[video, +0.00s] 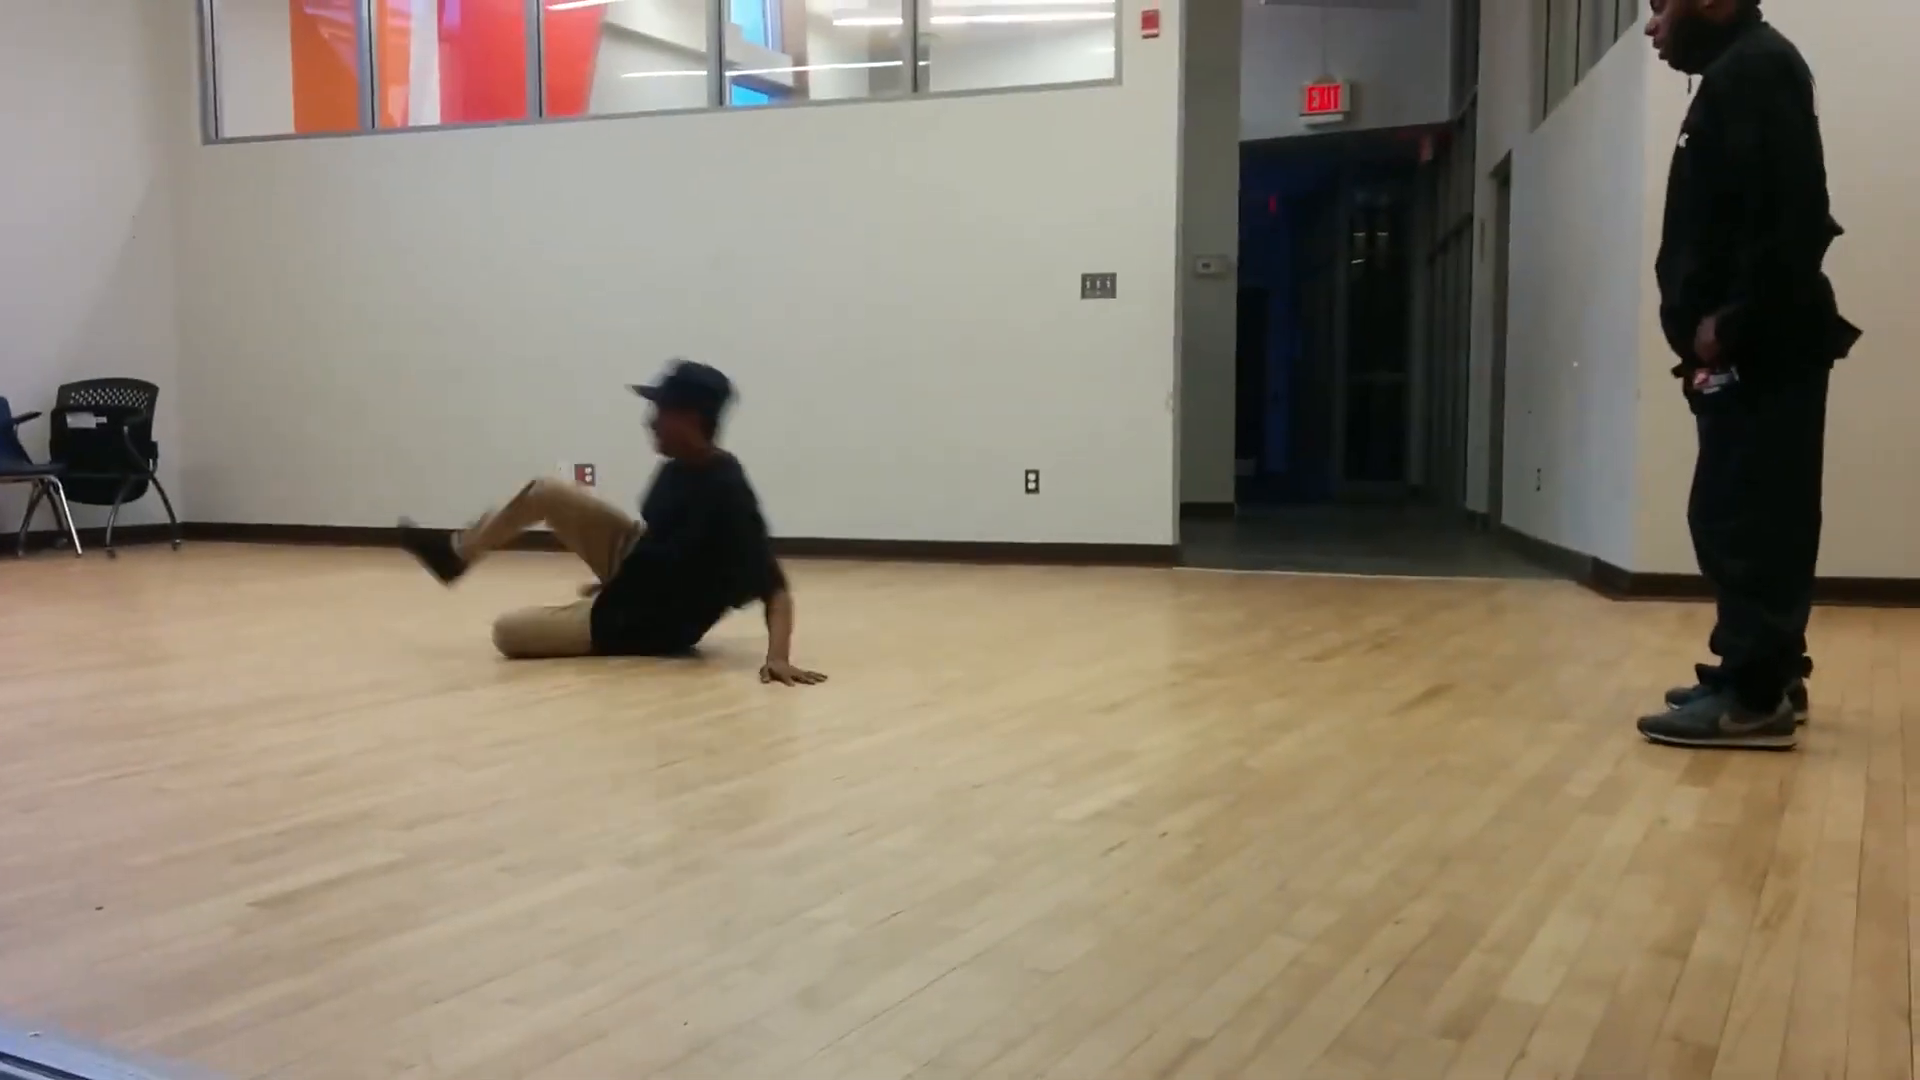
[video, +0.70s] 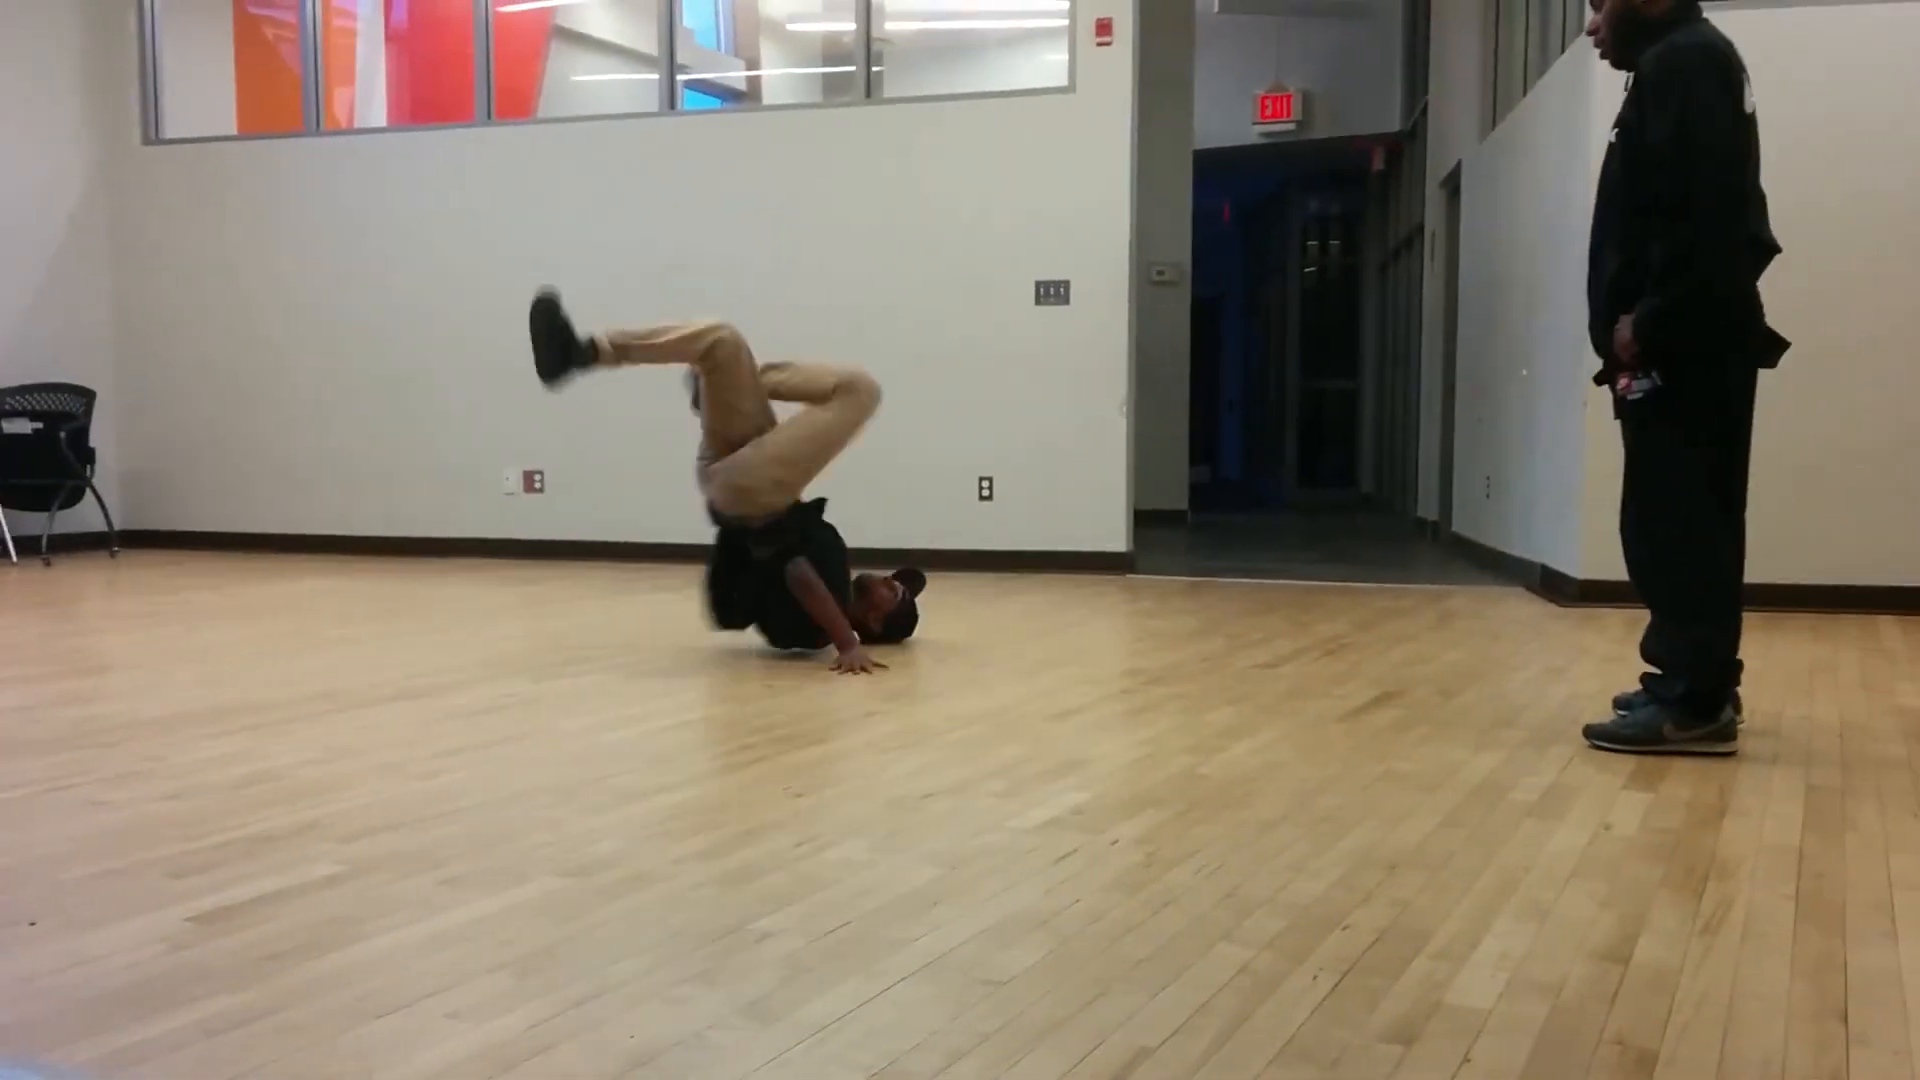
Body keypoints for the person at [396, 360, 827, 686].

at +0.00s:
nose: (653, 420)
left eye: (665, 412)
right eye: (656, 410)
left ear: (696, 421)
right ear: (681, 419)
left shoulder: (726, 494)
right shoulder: (681, 469)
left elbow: (777, 590)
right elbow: (669, 554)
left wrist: (778, 658)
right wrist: (617, 585)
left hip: (654, 619)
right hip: (643, 566)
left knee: (509, 632)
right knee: (547, 494)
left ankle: (594, 615)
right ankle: (458, 553)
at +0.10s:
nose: (717, 444)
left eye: (730, 435)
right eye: (722, 433)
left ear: (761, 448)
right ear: (749, 444)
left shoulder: (779, 518)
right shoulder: (715, 488)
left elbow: (793, 611)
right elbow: (642, 541)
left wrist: (781, 664)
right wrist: (558, 565)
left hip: (645, 621)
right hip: (642, 572)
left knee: (505, 638)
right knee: (617, 470)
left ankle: (545, 595)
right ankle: (520, 530)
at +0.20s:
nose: (760, 469)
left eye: (776, 466)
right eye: (768, 460)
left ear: (804, 487)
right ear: (787, 479)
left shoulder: (799, 550)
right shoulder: (735, 513)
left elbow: (789, 625)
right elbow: (631, 525)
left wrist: (780, 666)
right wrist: (534, 514)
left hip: (652, 622)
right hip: (648, 575)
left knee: (549, 589)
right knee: (678, 485)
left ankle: (494, 561)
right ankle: (593, 560)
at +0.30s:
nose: (794, 499)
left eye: (809, 499)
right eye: (802, 491)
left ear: (831, 526)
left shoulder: (809, 575)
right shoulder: (753, 530)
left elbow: (785, 625)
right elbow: (673, 508)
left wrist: (777, 664)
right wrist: (602, 452)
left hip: (640, 635)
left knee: (666, 548)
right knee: (712, 491)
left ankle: (558, 488)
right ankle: (587, 551)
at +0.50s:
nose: (858, 572)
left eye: (866, 584)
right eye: (867, 566)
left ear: (858, 609)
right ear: (860, 555)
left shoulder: (806, 623)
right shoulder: (798, 558)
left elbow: (742, 628)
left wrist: (807, 625)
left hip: (657, 603)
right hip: (655, 562)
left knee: (810, 527)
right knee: (720, 436)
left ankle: (775, 388)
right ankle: (620, 345)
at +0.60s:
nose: (875, 580)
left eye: (882, 595)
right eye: (885, 582)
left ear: (867, 625)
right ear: (872, 578)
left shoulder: (807, 628)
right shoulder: (820, 559)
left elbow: (749, 593)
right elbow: (793, 473)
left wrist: (826, 635)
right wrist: (786, 392)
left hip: (701, 537)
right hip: (705, 494)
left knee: (844, 467)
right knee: (710, 384)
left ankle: (773, 377)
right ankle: (584, 314)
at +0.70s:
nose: (890, 586)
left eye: (893, 599)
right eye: (896, 585)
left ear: (873, 622)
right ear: (882, 577)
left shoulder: (814, 626)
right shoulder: (831, 568)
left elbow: (797, 571)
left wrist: (851, 644)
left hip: (746, 498)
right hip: (724, 468)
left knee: (861, 393)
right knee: (721, 343)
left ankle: (738, 383)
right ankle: (580, 355)